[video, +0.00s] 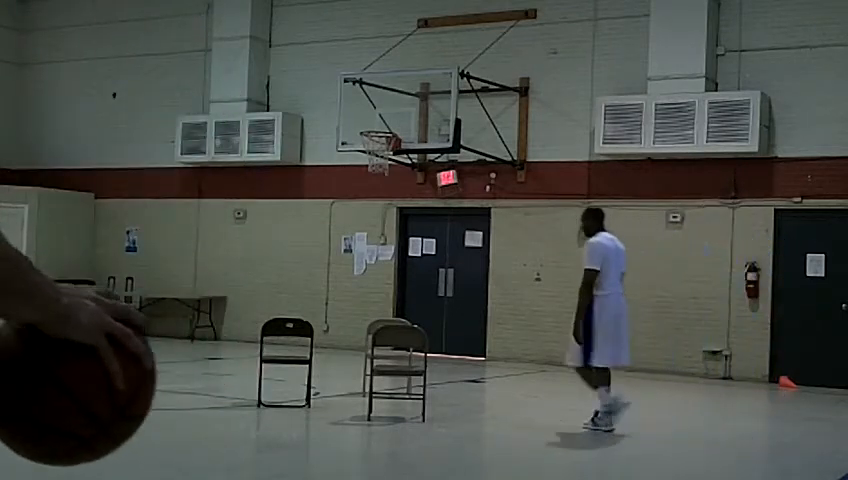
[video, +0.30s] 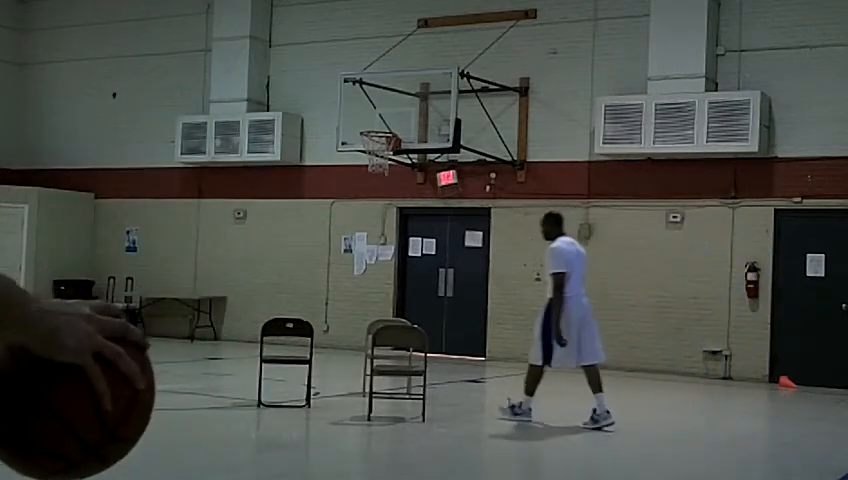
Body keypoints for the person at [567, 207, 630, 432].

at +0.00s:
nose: (581, 226)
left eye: (583, 221)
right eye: (582, 221)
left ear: (591, 222)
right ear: (602, 221)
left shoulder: (595, 244)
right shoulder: (616, 243)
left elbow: (587, 284)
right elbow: (620, 278)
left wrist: (578, 319)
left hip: (599, 307)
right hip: (614, 306)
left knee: (580, 361)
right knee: (603, 360)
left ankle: (609, 401)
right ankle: (604, 413)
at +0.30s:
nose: (542, 231)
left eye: (543, 227)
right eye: (542, 227)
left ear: (550, 227)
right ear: (561, 226)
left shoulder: (556, 249)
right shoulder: (577, 247)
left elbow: (558, 289)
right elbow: (575, 284)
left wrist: (555, 324)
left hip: (561, 309)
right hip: (580, 308)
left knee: (538, 357)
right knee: (588, 359)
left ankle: (524, 405)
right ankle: (602, 410)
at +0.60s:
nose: (504, 228)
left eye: (505, 224)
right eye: (503, 224)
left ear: (512, 223)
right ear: (521, 221)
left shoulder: (516, 243)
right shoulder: (539, 242)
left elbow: (507, 277)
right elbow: (543, 273)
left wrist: (492, 308)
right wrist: (539, 296)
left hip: (519, 299)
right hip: (536, 299)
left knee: (514, 352)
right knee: (523, 351)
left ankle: (520, 406)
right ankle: (541, 388)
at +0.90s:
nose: (468, 229)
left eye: (469, 224)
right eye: (468, 224)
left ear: (476, 224)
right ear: (487, 224)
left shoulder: (475, 245)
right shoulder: (501, 246)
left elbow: (463, 276)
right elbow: (506, 282)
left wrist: (454, 292)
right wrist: (505, 314)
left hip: (481, 298)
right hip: (496, 298)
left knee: (494, 353)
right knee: (467, 350)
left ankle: (517, 404)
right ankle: (449, 397)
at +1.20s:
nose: (430, 227)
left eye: (431, 223)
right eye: (431, 222)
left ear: (435, 222)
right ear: (447, 222)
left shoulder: (437, 241)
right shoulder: (462, 242)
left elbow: (428, 271)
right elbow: (467, 271)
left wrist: (420, 286)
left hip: (441, 295)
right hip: (458, 294)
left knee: (428, 345)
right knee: (444, 346)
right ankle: (444, 394)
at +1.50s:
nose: (383, 235)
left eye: (384, 231)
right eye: (383, 231)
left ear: (392, 228)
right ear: (402, 227)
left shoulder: (396, 247)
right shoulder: (421, 242)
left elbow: (375, 281)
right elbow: (430, 267)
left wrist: (348, 304)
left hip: (405, 299)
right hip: (426, 297)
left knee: (383, 347)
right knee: (431, 349)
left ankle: (362, 392)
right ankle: (441, 396)